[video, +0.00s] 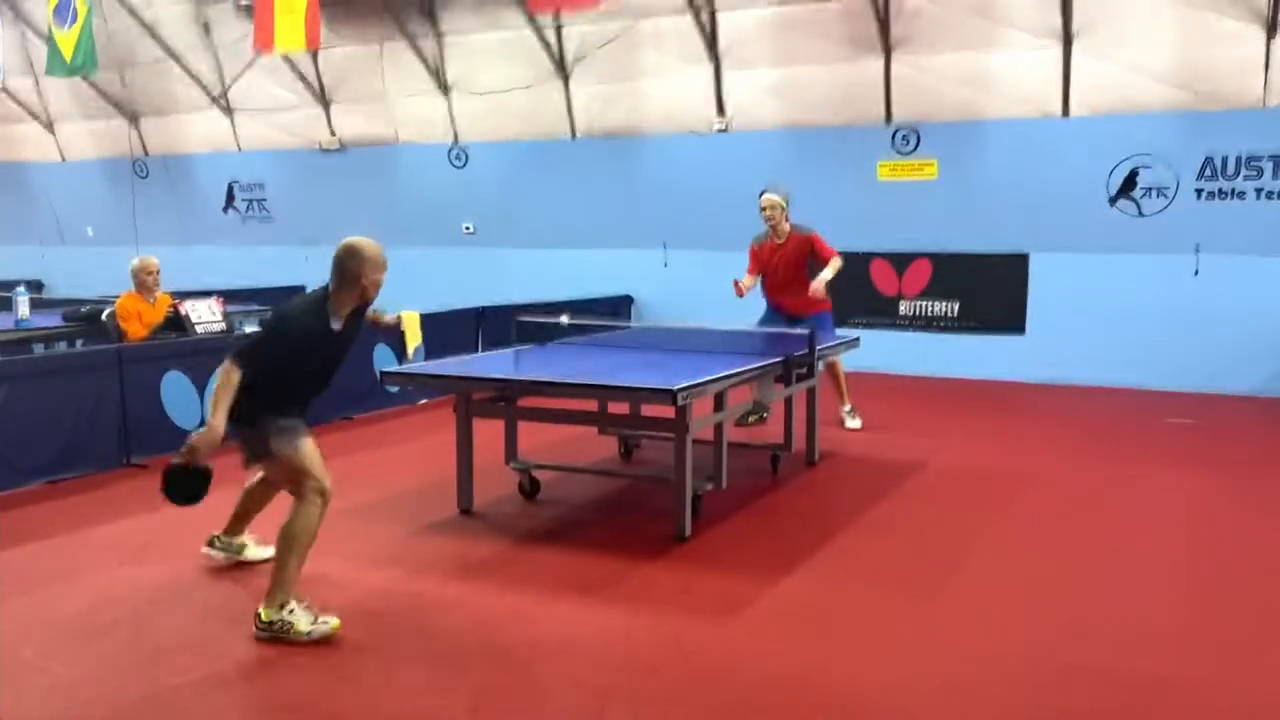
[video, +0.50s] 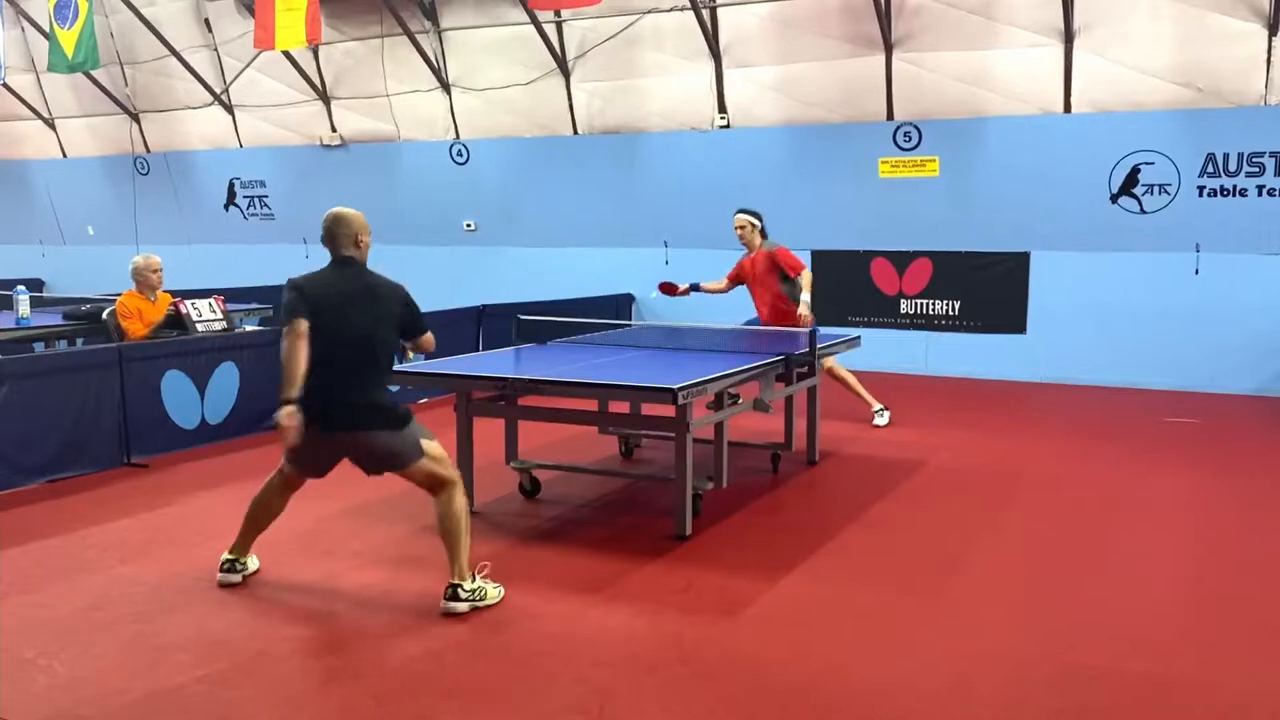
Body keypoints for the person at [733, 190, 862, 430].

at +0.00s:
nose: (768, 214)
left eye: (773, 208)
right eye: (764, 209)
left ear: (785, 211)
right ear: (760, 213)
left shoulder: (806, 238)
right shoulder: (759, 244)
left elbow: (836, 260)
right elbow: (752, 274)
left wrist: (822, 279)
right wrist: (744, 286)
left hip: (815, 311)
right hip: (778, 311)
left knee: (828, 354)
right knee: (755, 349)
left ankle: (847, 407)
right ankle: (759, 405)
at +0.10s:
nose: (768, 205)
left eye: (773, 199)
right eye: (764, 201)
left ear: (784, 201)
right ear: (760, 206)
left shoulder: (804, 227)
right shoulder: (760, 236)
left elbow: (832, 253)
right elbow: (755, 268)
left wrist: (813, 266)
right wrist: (747, 279)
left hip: (817, 301)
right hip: (783, 301)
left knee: (837, 350)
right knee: (751, 334)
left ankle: (848, 406)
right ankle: (743, 395)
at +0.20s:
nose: (767, 202)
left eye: (771, 196)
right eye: (762, 198)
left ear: (782, 198)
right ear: (759, 203)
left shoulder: (801, 223)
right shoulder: (759, 234)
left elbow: (825, 251)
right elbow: (755, 267)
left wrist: (805, 266)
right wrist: (747, 278)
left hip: (817, 296)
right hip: (782, 297)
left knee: (839, 343)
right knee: (750, 333)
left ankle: (862, 400)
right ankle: (738, 387)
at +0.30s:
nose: (761, 212)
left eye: (766, 207)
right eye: (756, 209)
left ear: (777, 208)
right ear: (754, 213)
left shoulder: (797, 234)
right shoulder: (760, 245)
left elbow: (819, 260)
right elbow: (755, 279)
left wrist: (804, 283)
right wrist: (730, 290)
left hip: (813, 310)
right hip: (781, 309)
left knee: (838, 357)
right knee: (747, 341)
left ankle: (877, 403)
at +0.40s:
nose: (750, 229)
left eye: (754, 223)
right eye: (747, 225)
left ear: (768, 223)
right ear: (747, 229)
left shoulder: (785, 249)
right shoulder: (757, 258)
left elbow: (813, 272)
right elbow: (743, 285)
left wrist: (807, 301)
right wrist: (713, 294)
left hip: (807, 322)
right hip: (776, 321)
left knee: (832, 368)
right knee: (731, 346)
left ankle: (878, 407)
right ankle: (726, 393)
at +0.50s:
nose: (739, 233)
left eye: (743, 228)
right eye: (736, 229)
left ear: (757, 228)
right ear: (737, 232)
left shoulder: (775, 253)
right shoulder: (744, 264)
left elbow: (804, 274)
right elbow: (724, 285)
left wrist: (804, 304)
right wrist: (692, 287)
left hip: (796, 328)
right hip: (769, 330)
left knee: (829, 366)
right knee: (727, 346)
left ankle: (877, 407)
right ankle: (728, 393)